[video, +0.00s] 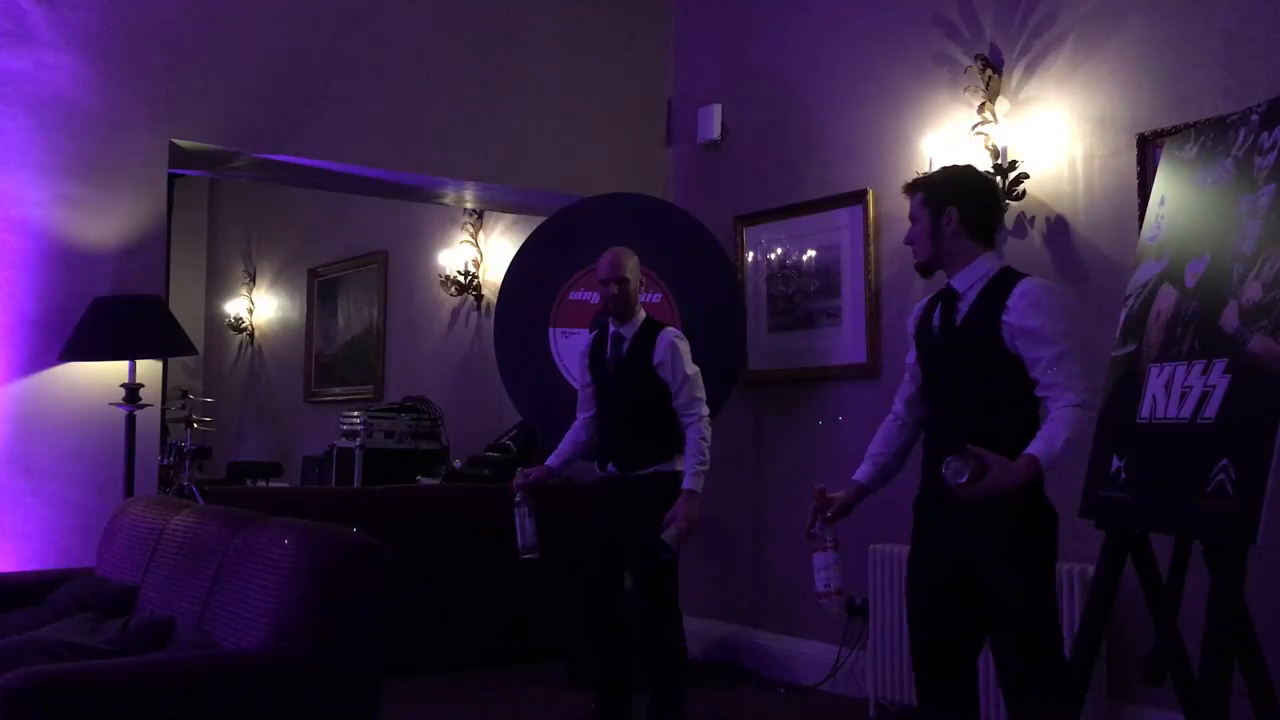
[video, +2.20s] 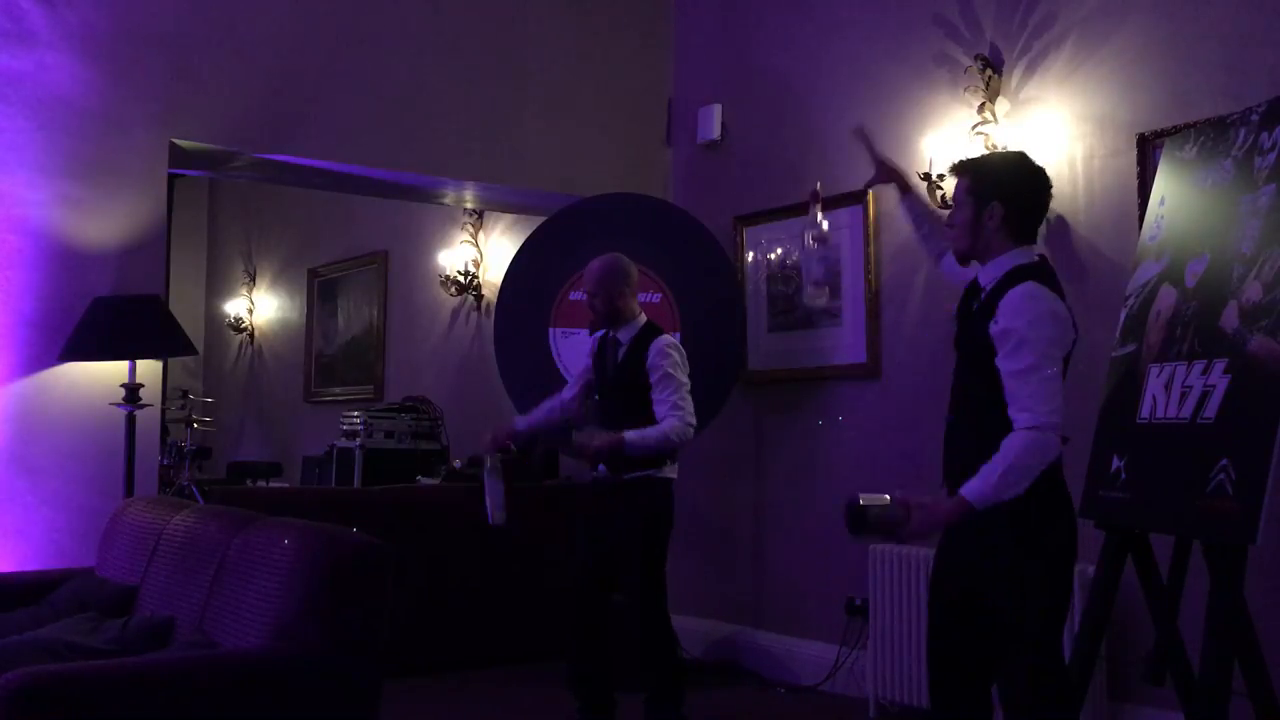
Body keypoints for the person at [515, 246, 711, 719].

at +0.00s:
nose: (612, 292)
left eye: (621, 282)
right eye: (605, 283)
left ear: (640, 285)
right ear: (596, 288)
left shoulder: (668, 343)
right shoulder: (592, 348)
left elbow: (696, 420)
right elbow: (587, 420)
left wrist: (691, 493)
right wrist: (549, 467)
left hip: (656, 487)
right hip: (609, 487)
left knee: (656, 604)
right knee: (604, 599)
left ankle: (666, 706)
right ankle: (611, 703)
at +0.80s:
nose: (591, 298)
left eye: (599, 291)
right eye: (589, 290)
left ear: (627, 290)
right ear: (597, 291)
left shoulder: (664, 344)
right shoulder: (595, 342)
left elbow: (699, 414)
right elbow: (572, 401)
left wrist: (672, 439)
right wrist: (523, 414)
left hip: (644, 488)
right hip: (599, 486)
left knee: (645, 603)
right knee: (594, 598)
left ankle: (662, 705)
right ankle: (595, 702)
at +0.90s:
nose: (593, 296)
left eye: (602, 288)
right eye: (591, 288)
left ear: (631, 288)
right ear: (598, 290)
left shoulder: (662, 344)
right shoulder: (600, 339)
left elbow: (699, 412)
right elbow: (564, 386)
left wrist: (693, 450)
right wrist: (528, 353)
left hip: (644, 486)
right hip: (601, 484)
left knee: (643, 600)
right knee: (597, 596)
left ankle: (661, 703)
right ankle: (596, 700)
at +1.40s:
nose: (573, 303)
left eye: (580, 295)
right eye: (572, 295)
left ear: (608, 295)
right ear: (581, 297)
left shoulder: (648, 351)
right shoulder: (584, 344)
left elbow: (663, 436)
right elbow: (546, 389)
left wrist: (665, 515)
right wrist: (514, 389)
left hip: (636, 494)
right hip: (595, 491)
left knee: (645, 607)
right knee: (594, 602)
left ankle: (662, 705)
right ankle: (595, 702)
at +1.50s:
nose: (574, 305)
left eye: (581, 297)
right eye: (572, 296)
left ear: (609, 297)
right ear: (588, 298)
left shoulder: (650, 354)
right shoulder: (585, 346)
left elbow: (641, 446)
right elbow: (553, 418)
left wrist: (613, 518)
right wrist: (535, 392)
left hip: (640, 493)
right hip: (594, 488)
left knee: (645, 608)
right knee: (592, 603)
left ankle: (662, 706)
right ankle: (594, 703)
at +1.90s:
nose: (586, 299)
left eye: (595, 291)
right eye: (584, 291)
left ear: (623, 290)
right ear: (586, 293)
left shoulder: (659, 346)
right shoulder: (589, 345)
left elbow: (692, 419)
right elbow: (577, 410)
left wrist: (676, 477)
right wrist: (577, 456)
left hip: (648, 490)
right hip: (601, 488)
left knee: (650, 602)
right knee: (599, 599)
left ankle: (664, 704)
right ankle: (597, 702)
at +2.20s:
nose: (586, 307)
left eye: (593, 298)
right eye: (586, 297)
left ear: (621, 296)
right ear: (603, 295)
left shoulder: (661, 348)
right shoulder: (601, 346)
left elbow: (681, 426)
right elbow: (569, 401)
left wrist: (615, 442)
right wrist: (519, 428)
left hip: (646, 492)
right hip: (601, 489)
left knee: (644, 603)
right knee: (593, 600)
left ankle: (664, 703)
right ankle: (595, 701)